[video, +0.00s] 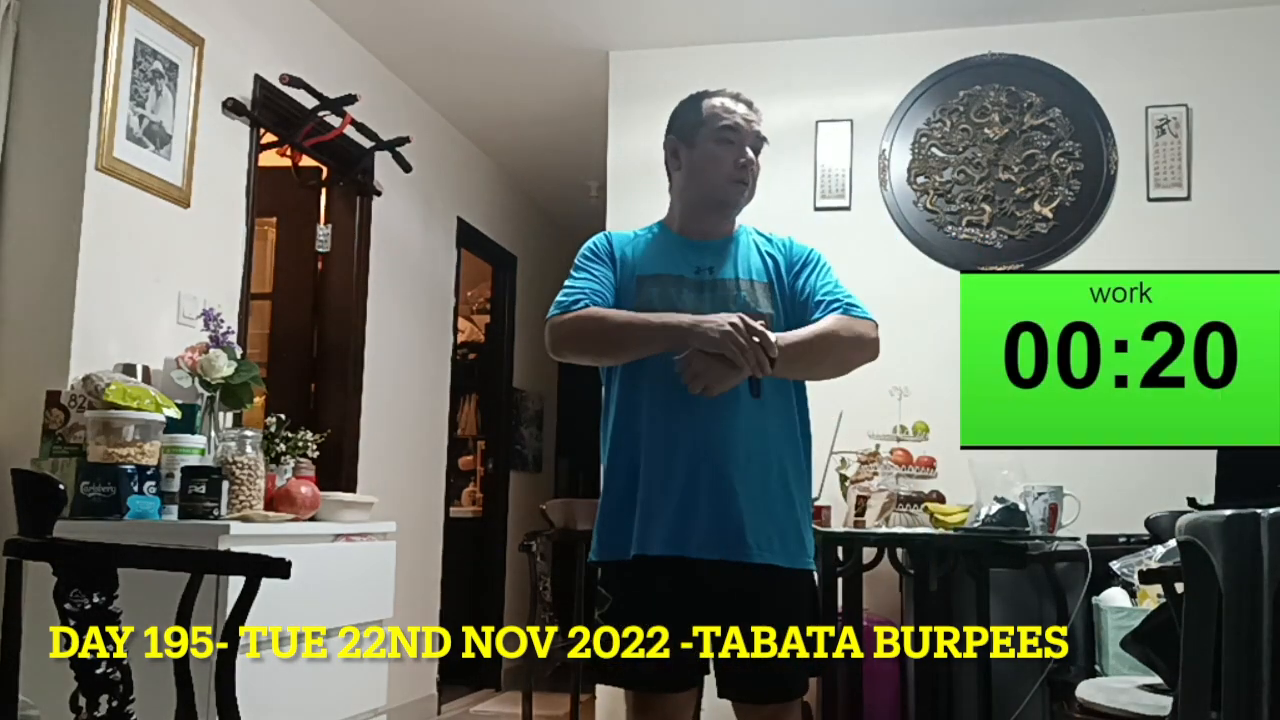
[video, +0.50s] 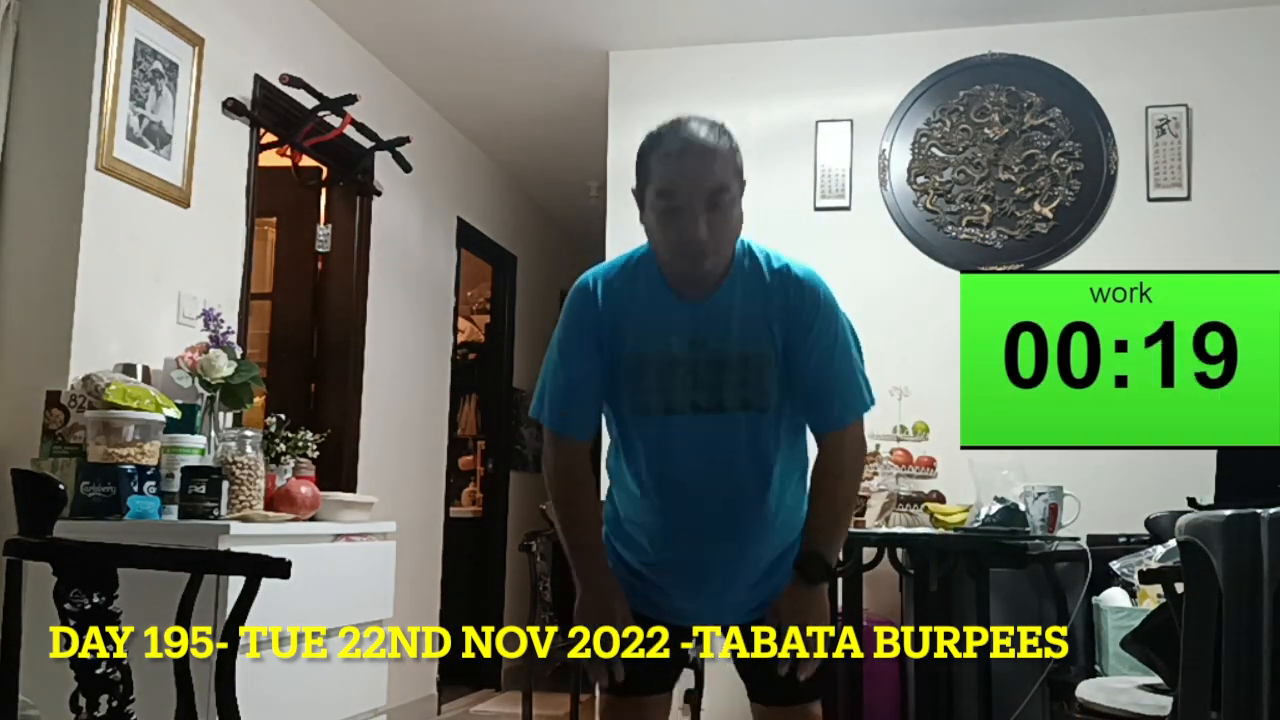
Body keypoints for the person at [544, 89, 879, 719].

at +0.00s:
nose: (749, 159)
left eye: (757, 147)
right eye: (728, 141)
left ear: (763, 163)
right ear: (675, 154)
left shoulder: (789, 258)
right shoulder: (614, 253)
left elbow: (860, 336)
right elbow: (565, 334)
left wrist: (749, 353)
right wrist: (691, 328)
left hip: (770, 546)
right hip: (647, 542)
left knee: (778, 710)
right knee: (656, 709)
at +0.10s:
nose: (750, 156)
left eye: (758, 145)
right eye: (729, 139)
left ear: (764, 162)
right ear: (676, 151)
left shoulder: (792, 257)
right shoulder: (615, 250)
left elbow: (856, 341)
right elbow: (568, 335)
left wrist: (749, 365)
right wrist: (693, 336)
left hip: (772, 545)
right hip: (649, 541)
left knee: (779, 710)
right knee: (657, 708)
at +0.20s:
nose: (747, 153)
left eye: (755, 142)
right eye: (725, 137)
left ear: (762, 156)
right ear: (673, 150)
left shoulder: (795, 257)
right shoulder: (613, 252)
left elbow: (844, 353)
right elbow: (571, 353)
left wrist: (762, 398)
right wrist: (690, 370)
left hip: (772, 547)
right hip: (652, 543)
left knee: (778, 711)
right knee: (658, 709)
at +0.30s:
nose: (737, 152)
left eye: (747, 138)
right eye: (713, 135)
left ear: (758, 153)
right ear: (665, 152)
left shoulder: (797, 259)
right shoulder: (610, 258)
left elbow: (825, 369)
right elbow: (579, 376)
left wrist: (785, 466)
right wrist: (659, 447)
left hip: (771, 561)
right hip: (650, 561)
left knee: (778, 713)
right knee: (658, 710)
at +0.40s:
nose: (718, 166)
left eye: (733, 146)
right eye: (693, 146)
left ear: (751, 159)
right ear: (654, 162)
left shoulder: (798, 262)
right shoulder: (608, 265)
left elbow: (830, 396)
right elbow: (573, 401)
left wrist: (807, 520)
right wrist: (624, 518)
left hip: (766, 563)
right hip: (651, 566)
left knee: (780, 713)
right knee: (656, 710)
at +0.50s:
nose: (696, 229)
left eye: (717, 201)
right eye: (671, 205)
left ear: (742, 196)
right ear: (640, 207)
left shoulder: (799, 299)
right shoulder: (600, 301)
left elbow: (844, 443)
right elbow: (567, 448)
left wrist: (813, 576)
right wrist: (595, 584)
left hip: (772, 578)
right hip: (644, 578)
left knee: (794, 710)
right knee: (626, 709)